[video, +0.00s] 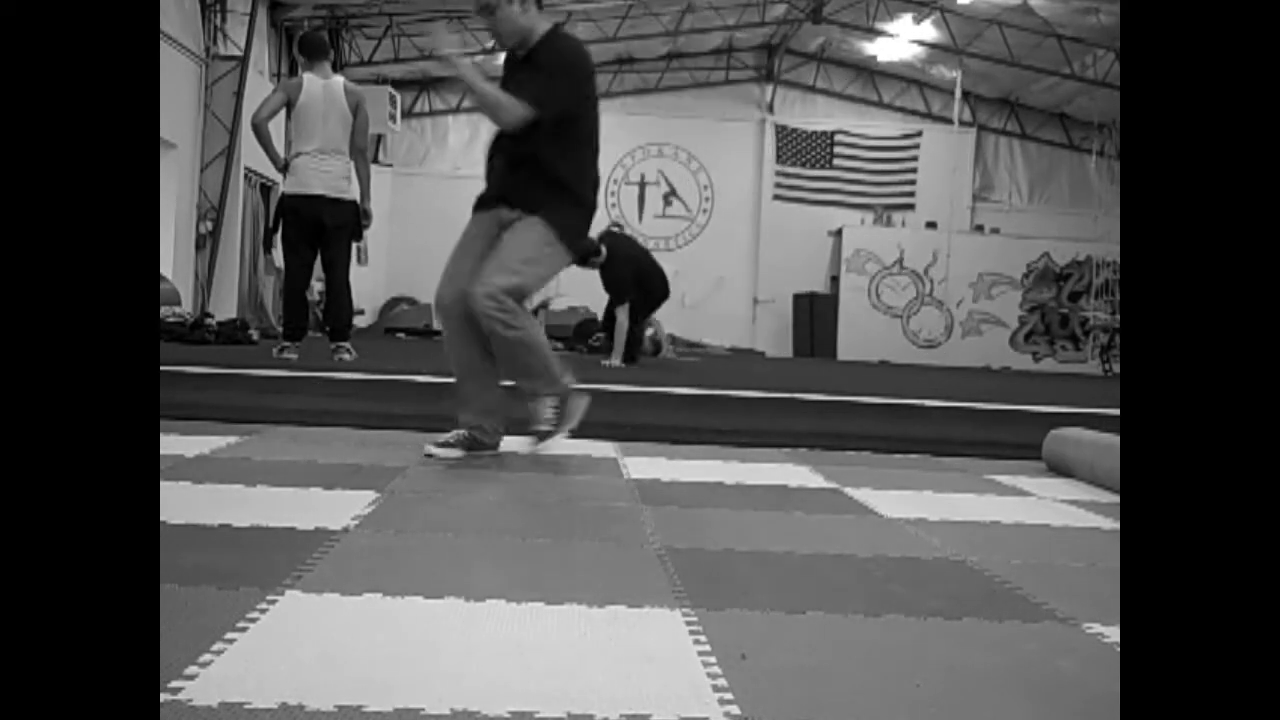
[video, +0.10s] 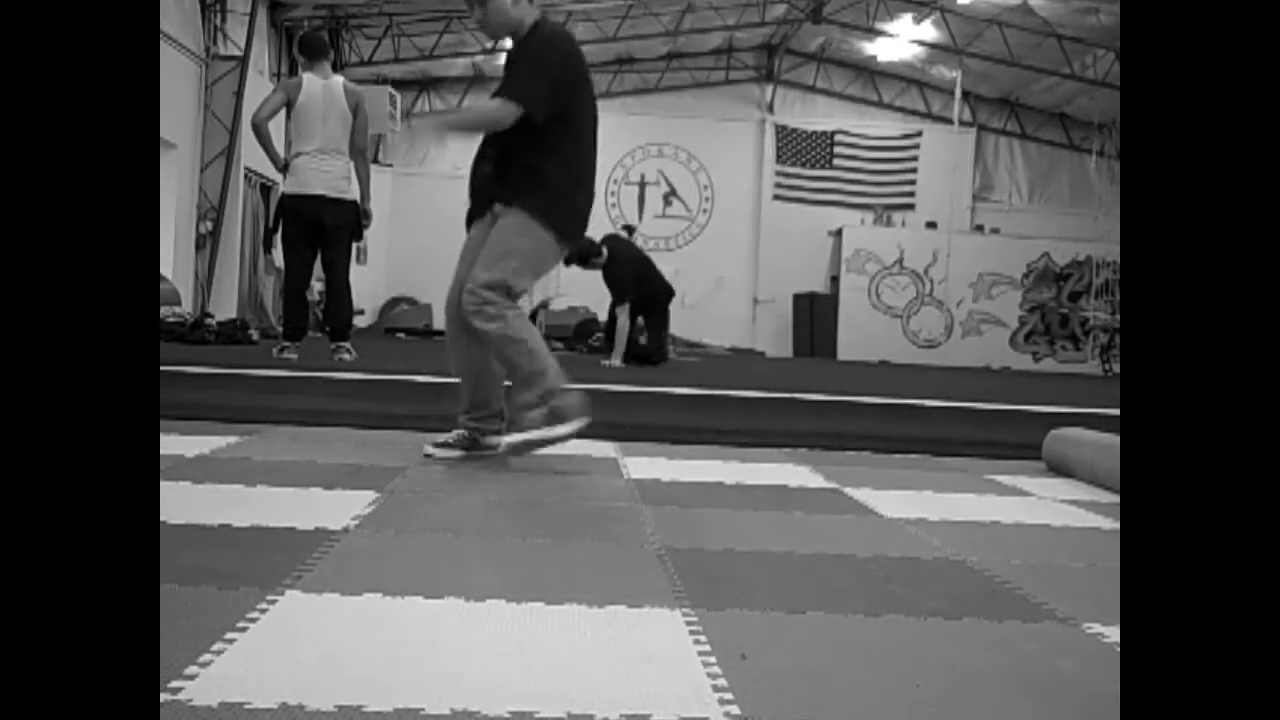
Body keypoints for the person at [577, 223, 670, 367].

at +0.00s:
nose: (591, 268)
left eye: (590, 266)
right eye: (587, 267)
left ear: (593, 260)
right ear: (596, 243)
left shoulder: (615, 270)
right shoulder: (608, 237)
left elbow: (622, 317)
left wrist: (616, 358)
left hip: (654, 291)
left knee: (632, 322)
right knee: (610, 320)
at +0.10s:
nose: (589, 270)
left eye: (587, 267)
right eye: (585, 268)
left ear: (593, 261)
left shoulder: (615, 271)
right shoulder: (610, 240)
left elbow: (623, 317)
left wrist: (616, 358)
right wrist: (628, 231)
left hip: (656, 299)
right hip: (632, 296)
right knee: (613, 342)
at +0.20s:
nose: (586, 267)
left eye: (584, 264)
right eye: (582, 265)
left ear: (591, 258)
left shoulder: (615, 269)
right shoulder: (612, 241)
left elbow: (621, 315)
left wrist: (616, 358)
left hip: (661, 304)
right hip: (636, 304)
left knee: (662, 358)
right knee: (613, 345)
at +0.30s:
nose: (583, 265)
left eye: (582, 262)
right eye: (580, 263)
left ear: (589, 256)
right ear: (593, 244)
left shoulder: (611, 271)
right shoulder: (612, 238)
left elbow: (619, 316)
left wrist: (615, 359)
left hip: (665, 297)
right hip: (643, 294)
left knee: (661, 359)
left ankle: (693, 339)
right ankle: (639, 346)